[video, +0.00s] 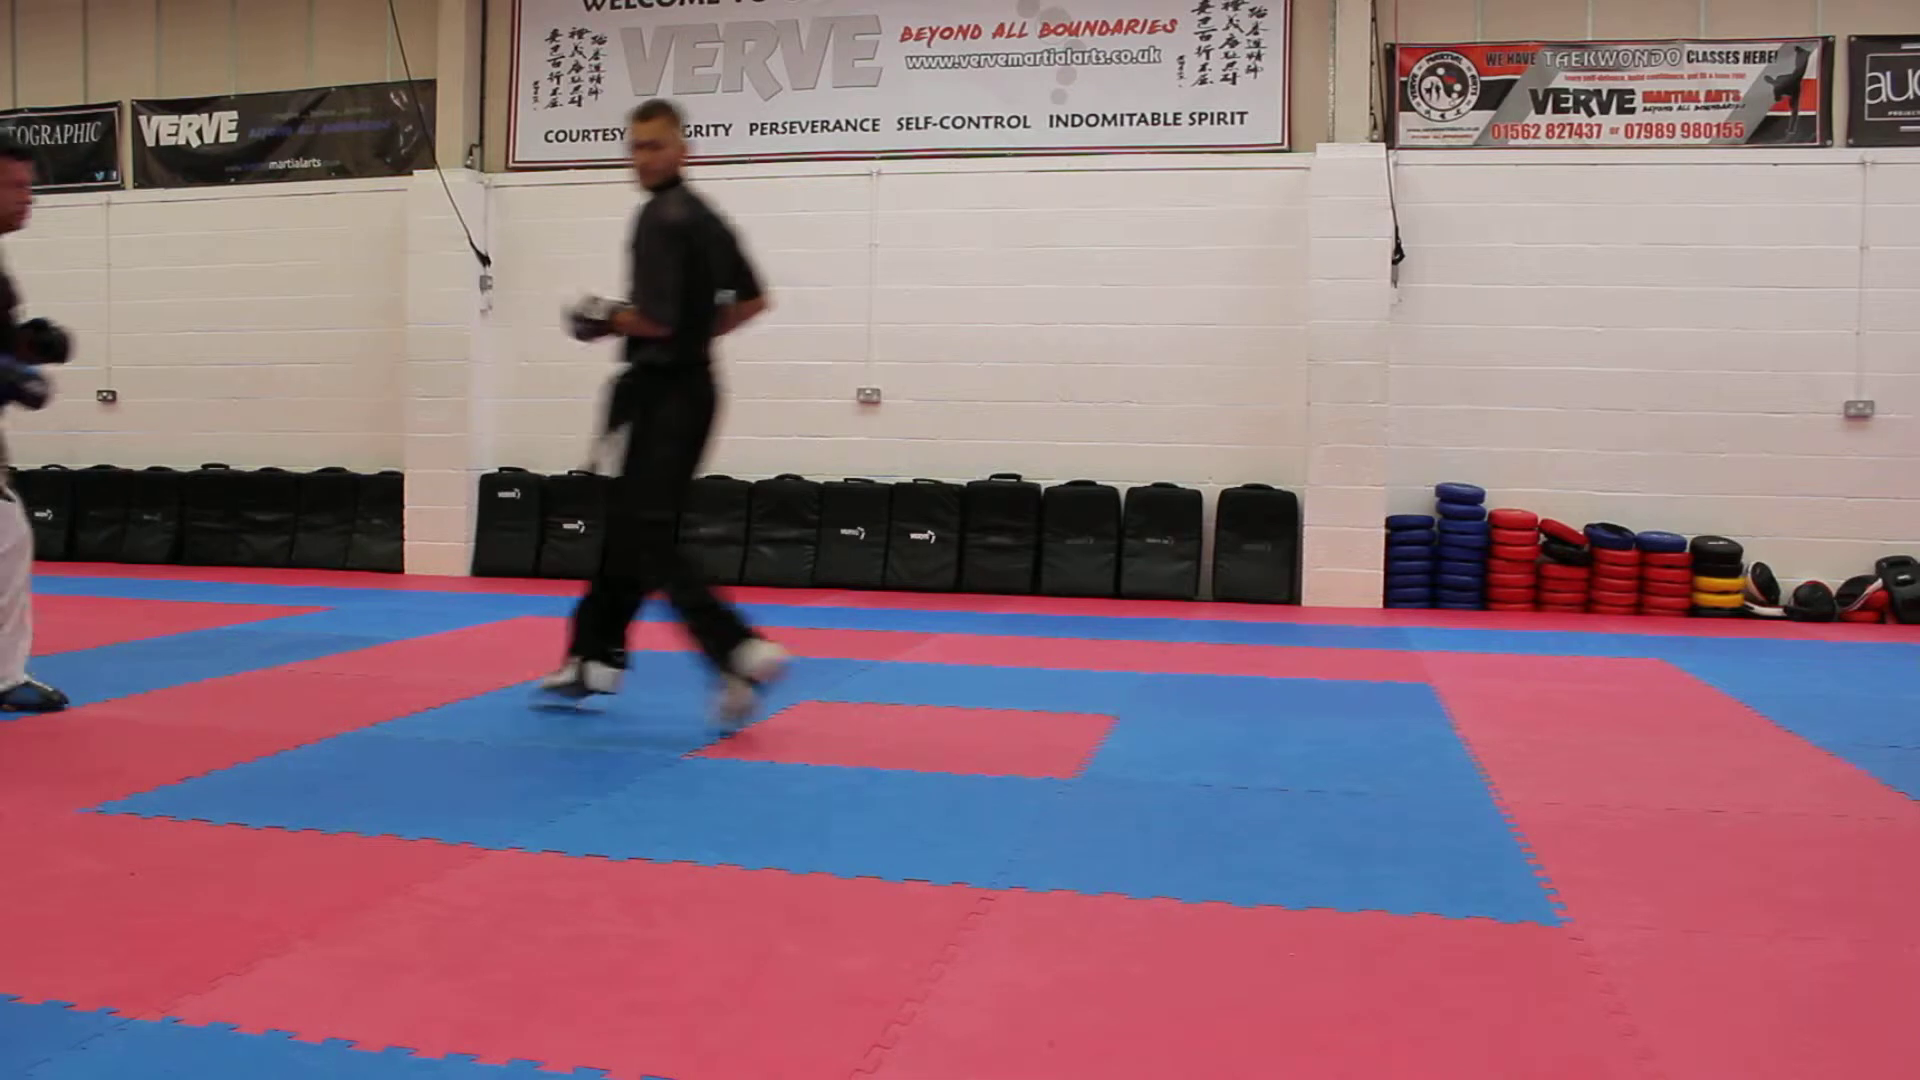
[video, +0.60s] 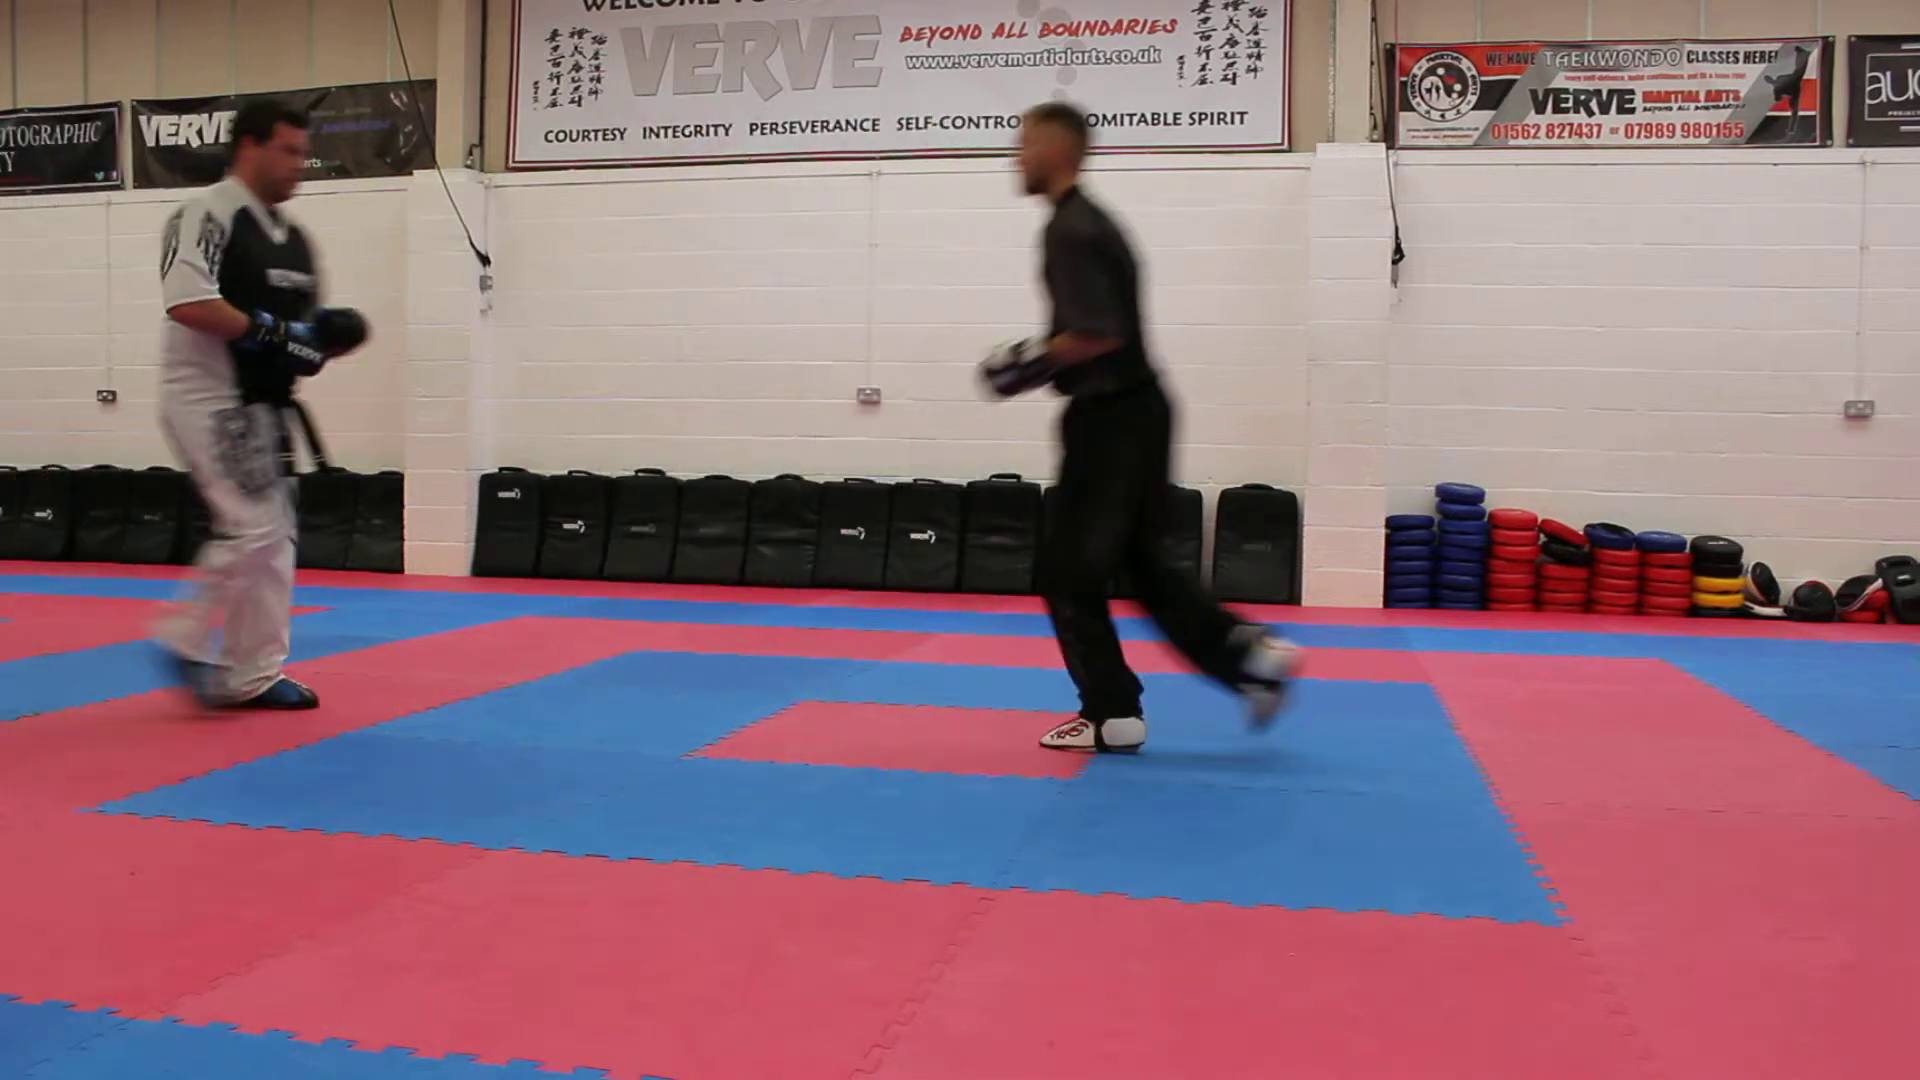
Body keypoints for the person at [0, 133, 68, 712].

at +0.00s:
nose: (25, 199)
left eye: (27, 188)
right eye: (16, 187)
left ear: (24, 191)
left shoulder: (3, 278)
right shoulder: (1, 277)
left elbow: (8, 342)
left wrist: (23, 356)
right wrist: (13, 370)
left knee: (14, 534)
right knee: (13, 534)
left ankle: (11, 671)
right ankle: (9, 672)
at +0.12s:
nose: (80, 184)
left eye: (83, 172)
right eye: (71, 170)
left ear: (34, 168)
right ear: (27, 164)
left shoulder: (30, 223)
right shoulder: (10, 224)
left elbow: (33, 316)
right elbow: (15, 329)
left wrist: (78, 318)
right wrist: (70, 341)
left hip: (25, 413)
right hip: (8, 417)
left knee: (27, 539)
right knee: (18, 543)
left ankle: (13, 670)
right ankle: (8, 673)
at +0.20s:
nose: (114, 174)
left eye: (116, 162)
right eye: (105, 160)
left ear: (69, 160)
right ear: (64, 155)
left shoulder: (56, 210)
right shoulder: (40, 214)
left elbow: (64, 306)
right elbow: (74, 322)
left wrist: (117, 306)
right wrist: (118, 325)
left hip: (50, 404)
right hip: (19, 405)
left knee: (89, 521)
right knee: (19, 540)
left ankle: (25, 640)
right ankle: (8, 670)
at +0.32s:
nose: (168, 173)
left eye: (170, 161)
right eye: (159, 159)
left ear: (128, 160)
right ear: (117, 155)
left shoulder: (119, 218)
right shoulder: (92, 213)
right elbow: (144, 316)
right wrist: (182, 308)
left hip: (105, 415)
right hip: (46, 414)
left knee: (153, 541)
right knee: (25, 552)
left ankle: (207, 660)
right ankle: (6, 673)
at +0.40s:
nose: (203, 180)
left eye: (206, 168)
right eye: (194, 167)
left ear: (165, 168)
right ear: (152, 163)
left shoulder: (167, 230)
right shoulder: (122, 221)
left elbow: (183, 309)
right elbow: (176, 319)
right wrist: (218, 317)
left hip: (157, 423)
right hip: (99, 422)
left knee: (201, 550)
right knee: (56, 557)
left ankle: (245, 672)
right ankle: (8, 666)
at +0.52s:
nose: (265, 173)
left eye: (267, 162)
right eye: (255, 160)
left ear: (246, 164)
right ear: (214, 156)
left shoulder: (242, 235)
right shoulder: (176, 219)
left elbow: (253, 306)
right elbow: (189, 312)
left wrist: (287, 320)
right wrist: (258, 335)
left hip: (227, 414)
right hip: (172, 416)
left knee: (250, 541)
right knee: (180, 545)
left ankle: (248, 675)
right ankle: (78, 624)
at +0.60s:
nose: (300, 166)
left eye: (304, 156)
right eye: (290, 153)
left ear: (299, 159)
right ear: (249, 149)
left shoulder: (293, 237)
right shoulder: (203, 212)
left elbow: (297, 322)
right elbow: (187, 302)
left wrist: (325, 334)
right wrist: (270, 333)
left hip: (261, 399)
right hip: (204, 396)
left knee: (273, 532)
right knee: (256, 527)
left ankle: (248, 672)